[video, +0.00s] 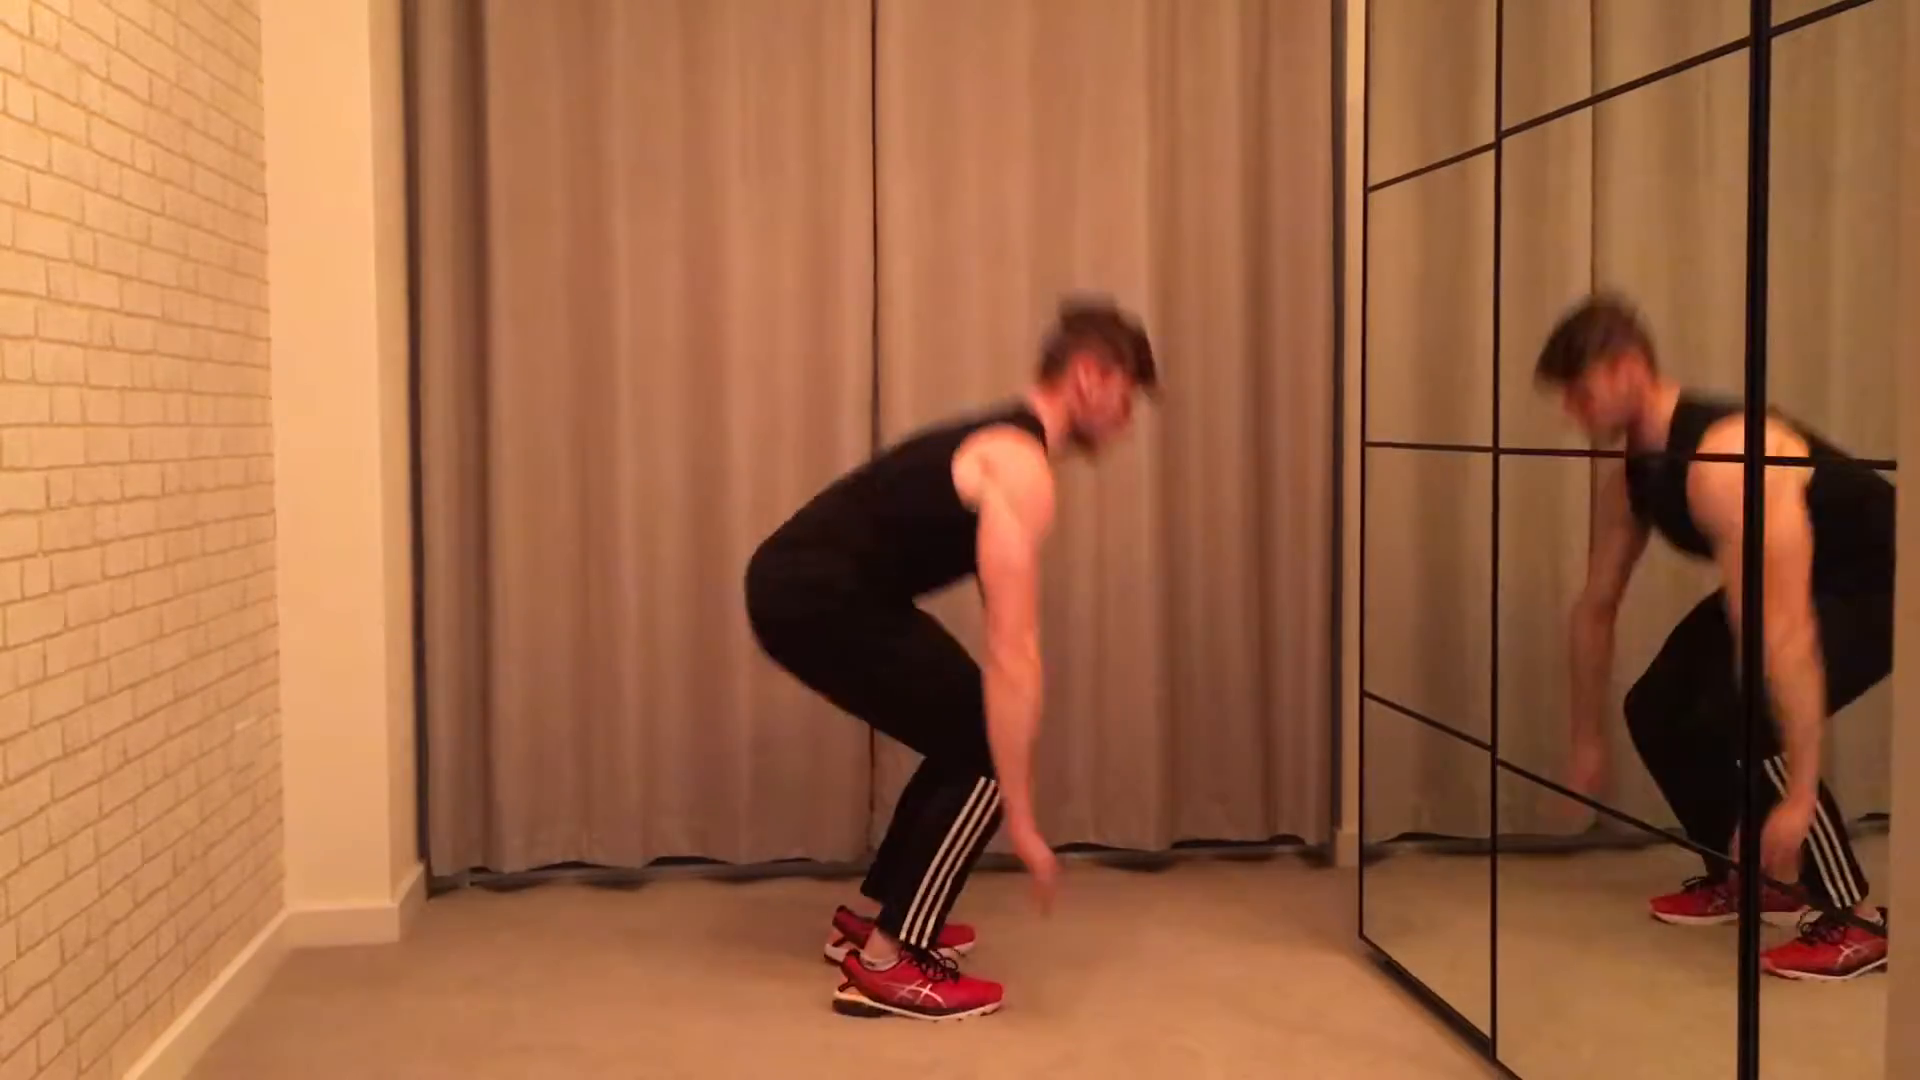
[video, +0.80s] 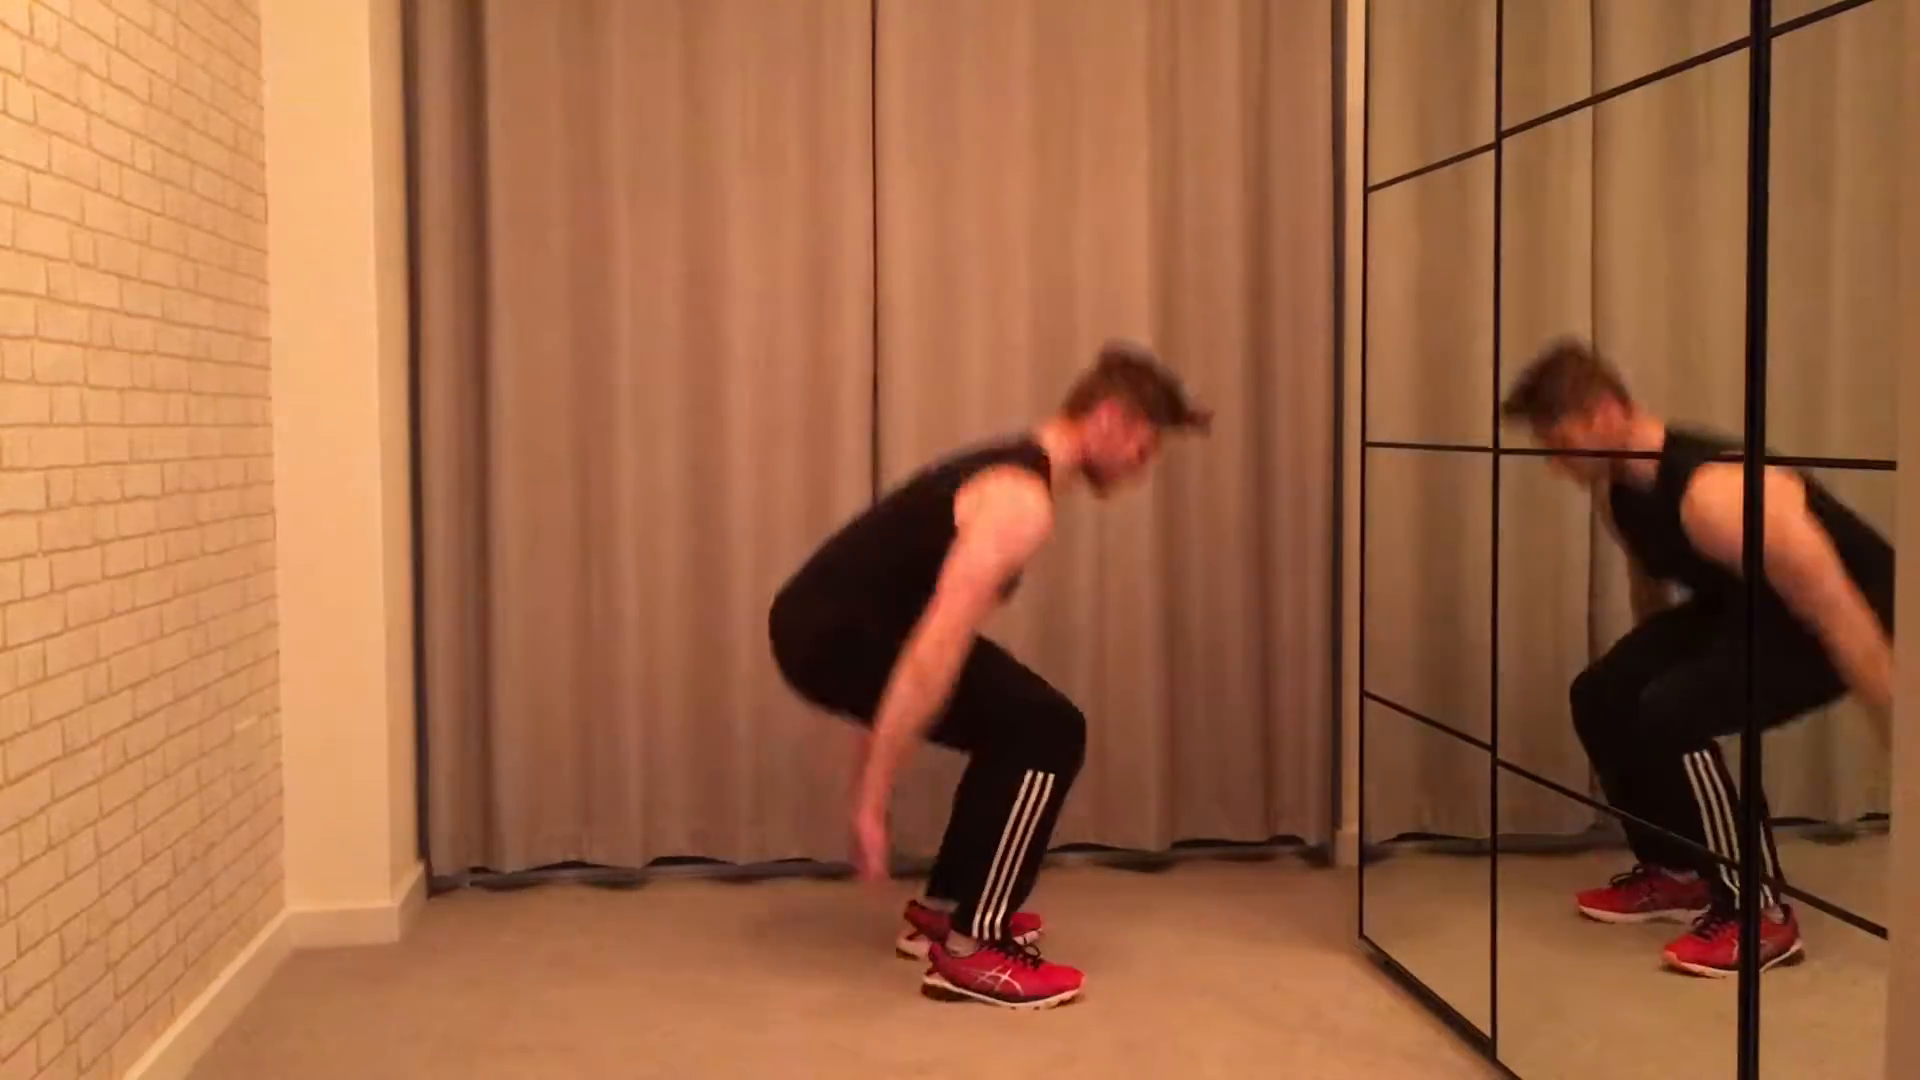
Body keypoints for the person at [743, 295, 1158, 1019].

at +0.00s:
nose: (1129, 411)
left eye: (1133, 392)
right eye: (1127, 388)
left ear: (1080, 374)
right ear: (1088, 374)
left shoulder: (1007, 443)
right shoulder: (1017, 465)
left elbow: (1009, 643)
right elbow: (1011, 656)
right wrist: (1020, 821)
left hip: (813, 590)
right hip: (818, 600)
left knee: (970, 736)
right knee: (986, 746)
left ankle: (874, 913)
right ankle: (888, 955)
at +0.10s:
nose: (1097, 265)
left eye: (1103, 247)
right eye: (1096, 243)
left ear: (1050, 223)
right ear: (1054, 221)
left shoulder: (983, 308)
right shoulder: (995, 328)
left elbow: (942, 493)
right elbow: (946, 503)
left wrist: (925, 639)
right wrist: (932, 650)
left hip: (851, 537)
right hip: (863, 546)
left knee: (981, 731)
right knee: (1000, 746)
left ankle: (878, 912)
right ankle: (891, 956)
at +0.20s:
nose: (1081, 136)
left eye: (1089, 118)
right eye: (1081, 112)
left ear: (1037, 87)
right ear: (1041, 84)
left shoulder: (983, 169)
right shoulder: (985, 181)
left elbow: (913, 328)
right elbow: (901, 333)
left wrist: (872, 460)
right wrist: (859, 469)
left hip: (918, 440)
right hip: (915, 446)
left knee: (929, 681)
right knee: (944, 686)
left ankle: (888, 891)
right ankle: (903, 924)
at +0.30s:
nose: (1083, 63)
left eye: (1091, 45)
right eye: (1086, 39)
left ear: (1034, 19)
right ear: (1039, 16)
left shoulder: (984, 97)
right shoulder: (978, 102)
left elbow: (890, 232)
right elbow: (873, 223)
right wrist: (818, 357)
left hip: (930, 371)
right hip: (919, 374)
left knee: (930, 609)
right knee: (938, 613)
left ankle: (898, 819)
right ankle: (914, 846)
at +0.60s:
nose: (1118, 194)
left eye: (1127, 176)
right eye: (1120, 170)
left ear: (1083, 146)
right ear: (1082, 143)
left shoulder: (1011, 214)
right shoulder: (1001, 223)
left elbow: (895, 343)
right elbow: (892, 346)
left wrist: (837, 462)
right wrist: (824, 470)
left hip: (918, 455)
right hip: (903, 460)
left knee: (969, 680)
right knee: (970, 682)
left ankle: (964, 895)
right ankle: (965, 915)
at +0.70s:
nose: (1133, 336)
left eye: (1143, 321)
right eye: (1134, 313)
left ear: (1092, 286)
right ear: (1095, 282)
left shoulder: (1018, 348)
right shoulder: (1014, 367)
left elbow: (911, 494)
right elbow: (908, 498)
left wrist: (852, 609)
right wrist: (843, 626)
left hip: (870, 539)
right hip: (867, 551)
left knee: (1014, 708)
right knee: (1034, 714)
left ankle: (949, 906)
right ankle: (972, 937)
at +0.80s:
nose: (1145, 463)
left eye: (1152, 447)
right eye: (1147, 441)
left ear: (1104, 418)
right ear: (1108, 417)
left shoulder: (1013, 474)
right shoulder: (1019, 502)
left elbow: (925, 632)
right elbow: (932, 653)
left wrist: (869, 777)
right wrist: (873, 801)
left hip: (834, 629)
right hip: (840, 641)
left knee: (1028, 725)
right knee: (1051, 733)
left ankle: (947, 907)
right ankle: (973, 943)